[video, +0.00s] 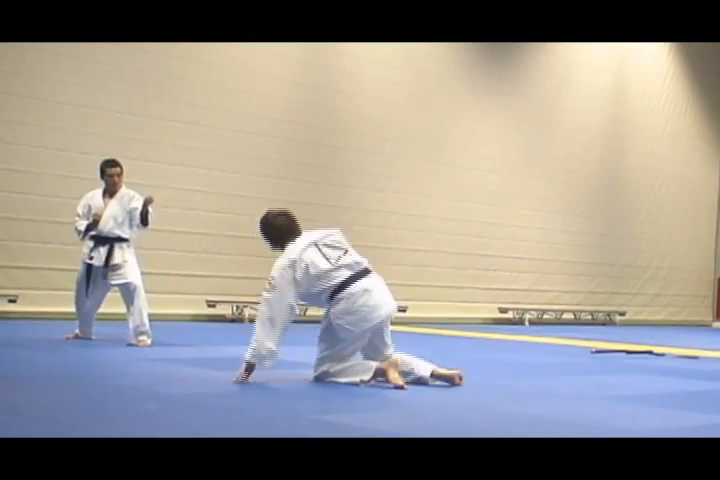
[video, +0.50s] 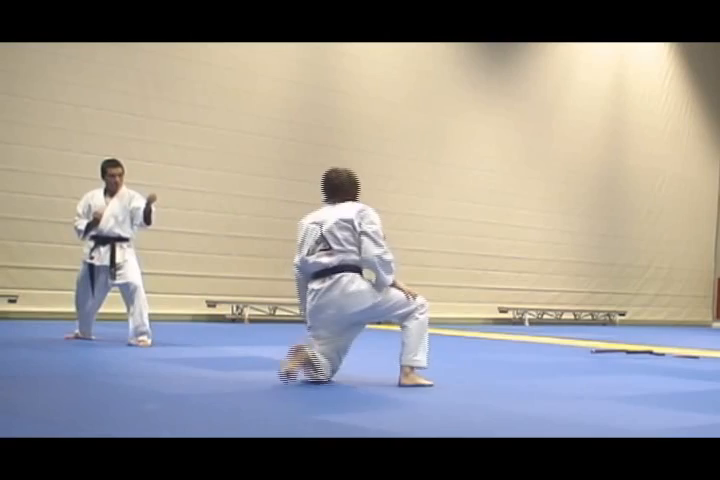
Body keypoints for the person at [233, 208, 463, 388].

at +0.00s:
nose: (267, 243)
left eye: (266, 238)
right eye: (266, 237)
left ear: (273, 239)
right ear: (293, 226)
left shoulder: (286, 264)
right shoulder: (325, 236)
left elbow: (272, 316)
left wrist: (251, 360)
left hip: (353, 304)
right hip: (379, 292)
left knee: (326, 370)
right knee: (381, 359)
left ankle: (379, 371)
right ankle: (437, 374)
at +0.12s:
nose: (275, 226)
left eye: (275, 221)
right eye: (276, 221)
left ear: (280, 222)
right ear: (304, 212)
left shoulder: (283, 249)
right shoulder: (336, 226)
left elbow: (268, 302)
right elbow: (375, 252)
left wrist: (262, 350)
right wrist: (388, 290)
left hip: (340, 300)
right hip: (371, 283)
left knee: (325, 369)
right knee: (393, 344)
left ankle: (378, 368)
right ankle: (435, 372)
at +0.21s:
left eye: (285, 208)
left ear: (288, 212)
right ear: (315, 203)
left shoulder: (284, 243)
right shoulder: (342, 219)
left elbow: (274, 295)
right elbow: (379, 246)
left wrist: (277, 340)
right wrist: (391, 286)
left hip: (332, 302)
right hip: (367, 285)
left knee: (323, 368)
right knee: (401, 330)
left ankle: (373, 367)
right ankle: (430, 370)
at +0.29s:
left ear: (299, 203)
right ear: (328, 197)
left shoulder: (288, 235)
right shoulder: (347, 214)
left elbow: (284, 287)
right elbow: (378, 247)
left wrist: (293, 327)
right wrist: (389, 279)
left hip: (325, 301)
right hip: (360, 285)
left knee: (319, 368)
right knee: (402, 316)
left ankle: (363, 363)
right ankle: (419, 368)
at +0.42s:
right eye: (345, 189)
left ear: (315, 194)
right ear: (344, 191)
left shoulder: (300, 223)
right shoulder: (356, 211)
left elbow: (295, 272)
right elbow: (372, 251)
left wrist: (303, 321)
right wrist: (388, 279)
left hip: (315, 294)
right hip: (352, 286)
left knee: (315, 362)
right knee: (412, 310)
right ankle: (408, 371)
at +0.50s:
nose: (356, 194)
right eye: (356, 190)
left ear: (325, 193)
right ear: (354, 192)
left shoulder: (308, 221)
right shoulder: (361, 212)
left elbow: (301, 268)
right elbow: (373, 255)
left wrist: (307, 310)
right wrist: (390, 282)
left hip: (318, 298)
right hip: (351, 290)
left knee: (324, 367)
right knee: (417, 307)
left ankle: (304, 356)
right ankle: (408, 372)